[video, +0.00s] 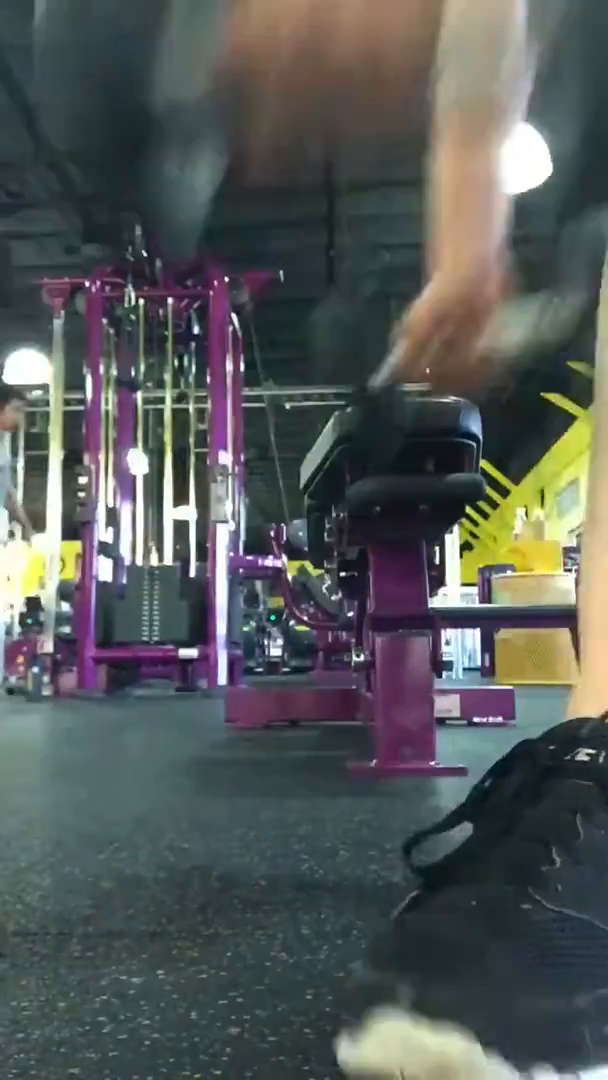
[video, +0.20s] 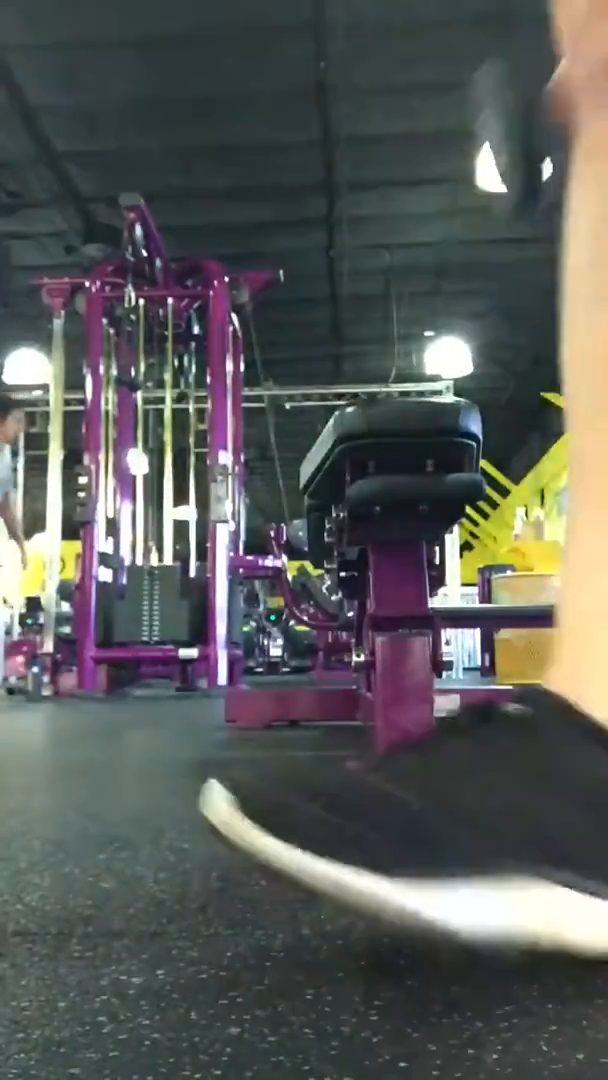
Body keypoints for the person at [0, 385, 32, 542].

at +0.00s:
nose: (19, 418)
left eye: (22, 412)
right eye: (16, 410)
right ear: (3, 407)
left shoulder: (5, 444)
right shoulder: (4, 444)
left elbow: (7, 491)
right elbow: (7, 492)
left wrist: (26, 526)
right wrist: (27, 526)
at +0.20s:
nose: (20, 428)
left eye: (21, 421)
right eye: (17, 420)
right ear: (4, 419)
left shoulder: (7, 451)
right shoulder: (4, 452)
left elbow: (7, 503)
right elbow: (6, 505)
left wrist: (21, 543)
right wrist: (21, 544)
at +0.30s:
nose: (23, 440)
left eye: (24, 434)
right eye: (21, 432)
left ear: (7, 431)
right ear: (4, 430)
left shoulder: (7, 460)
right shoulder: (5, 461)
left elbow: (6, 513)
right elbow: (6, 515)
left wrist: (19, 554)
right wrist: (19, 556)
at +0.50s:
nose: (23, 469)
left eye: (26, 463)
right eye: (23, 462)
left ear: (7, 453)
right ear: (6, 453)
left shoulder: (5, 484)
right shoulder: (4, 484)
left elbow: (3, 536)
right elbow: (3, 538)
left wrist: (14, 574)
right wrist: (14, 574)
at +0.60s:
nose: (18, 485)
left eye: (22, 480)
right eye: (20, 478)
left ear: (6, 468)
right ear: (6, 468)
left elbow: (1, 548)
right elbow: (1, 549)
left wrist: (9, 584)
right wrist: (9, 584)